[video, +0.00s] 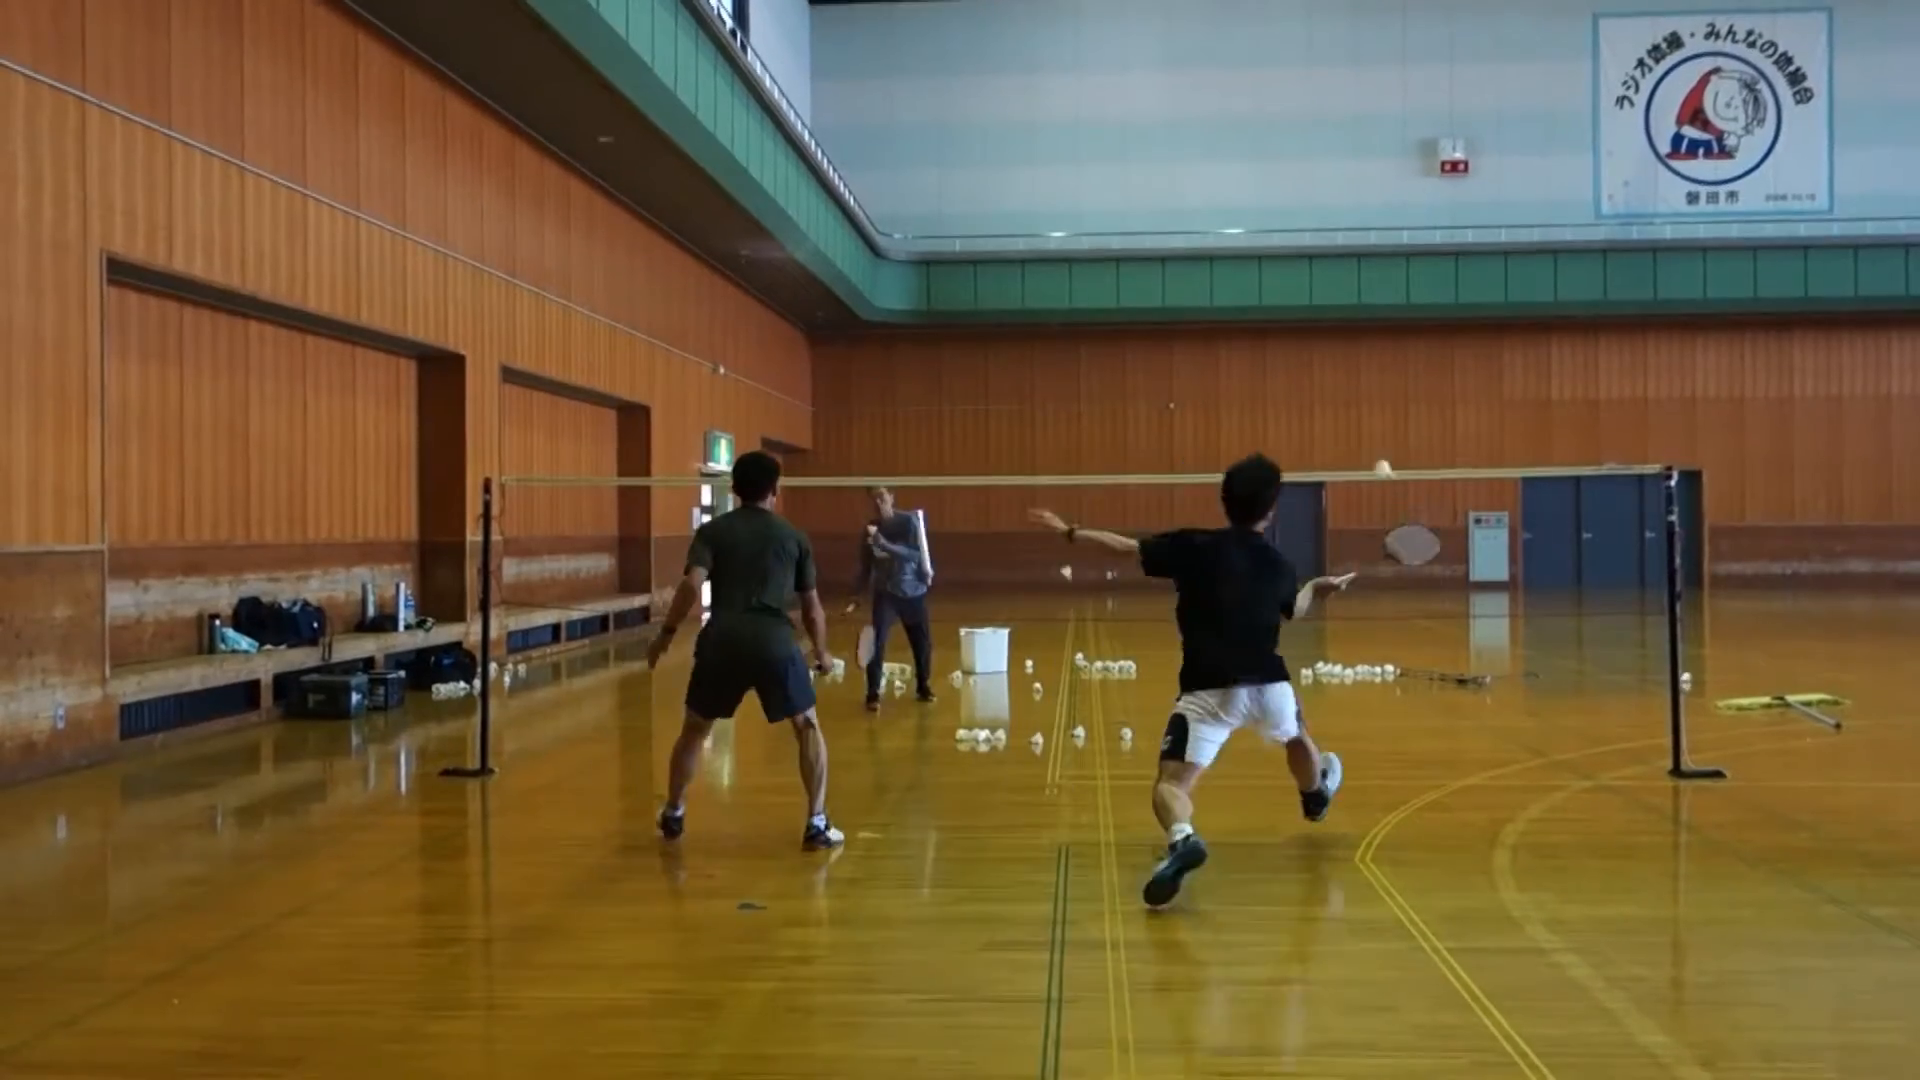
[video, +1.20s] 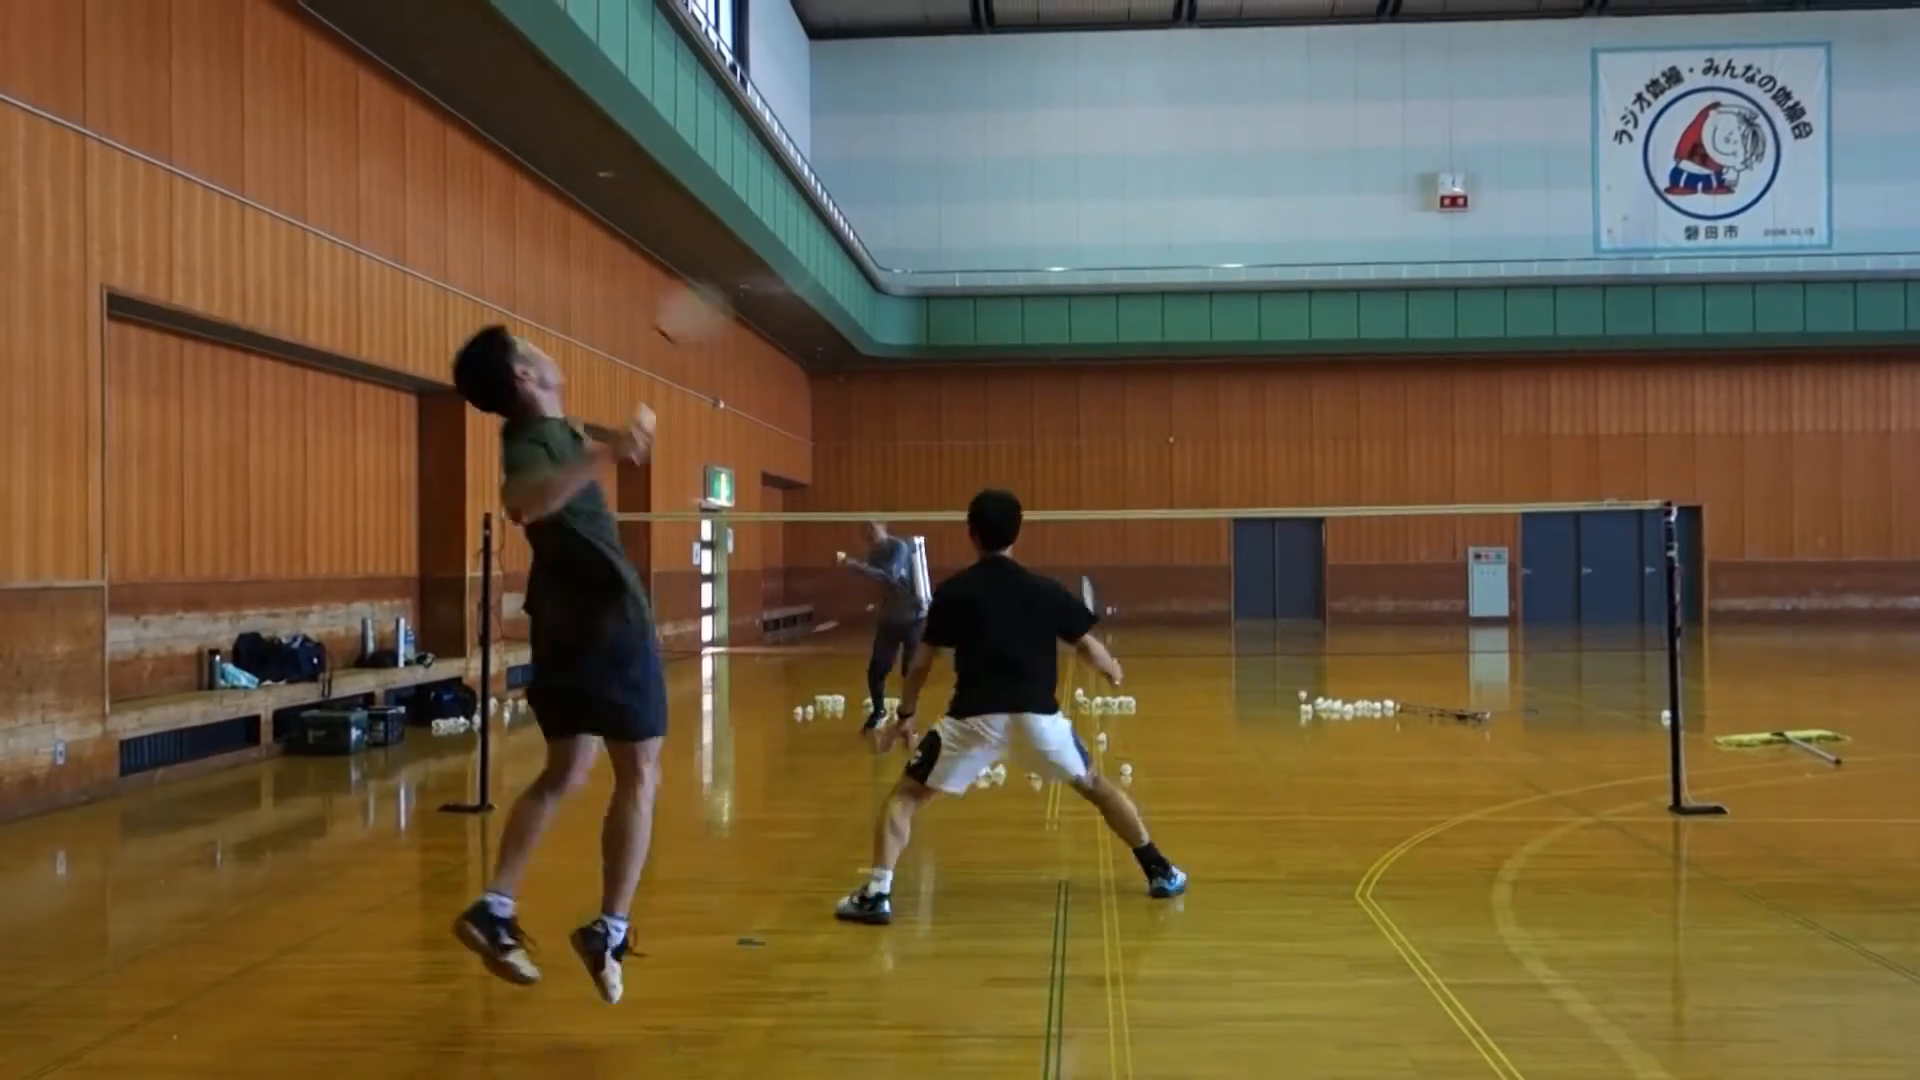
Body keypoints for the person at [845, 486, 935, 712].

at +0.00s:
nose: (879, 502)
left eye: (882, 496)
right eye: (875, 498)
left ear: (891, 497)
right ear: (871, 501)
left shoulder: (910, 521)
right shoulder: (873, 528)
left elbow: (916, 554)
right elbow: (866, 565)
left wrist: (883, 544)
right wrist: (856, 595)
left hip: (912, 590)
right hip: (885, 592)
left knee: (921, 642)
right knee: (877, 642)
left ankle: (923, 686)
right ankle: (873, 693)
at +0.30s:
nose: (861, 505)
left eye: (864, 500)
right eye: (858, 502)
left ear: (875, 501)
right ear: (856, 506)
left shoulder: (894, 521)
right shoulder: (857, 533)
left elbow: (902, 556)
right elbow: (849, 564)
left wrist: (876, 575)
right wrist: (841, 582)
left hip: (903, 589)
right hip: (875, 592)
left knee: (920, 639)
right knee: (872, 642)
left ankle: (931, 680)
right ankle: (873, 691)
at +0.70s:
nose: (872, 511)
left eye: (875, 506)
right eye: (868, 507)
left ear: (883, 508)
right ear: (864, 511)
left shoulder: (901, 531)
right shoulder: (859, 543)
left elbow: (916, 560)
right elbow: (857, 579)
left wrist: (895, 572)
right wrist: (859, 610)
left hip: (903, 603)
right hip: (876, 606)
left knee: (909, 654)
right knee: (873, 656)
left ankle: (909, 701)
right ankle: (872, 707)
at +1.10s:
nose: (871, 529)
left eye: (874, 523)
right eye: (868, 525)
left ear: (885, 523)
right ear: (868, 528)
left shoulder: (900, 543)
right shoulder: (875, 548)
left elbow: (895, 573)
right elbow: (883, 573)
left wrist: (866, 554)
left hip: (910, 614)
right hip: (888, 613)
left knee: (911, 668)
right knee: (876, 663)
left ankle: (908, 718)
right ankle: (879, 713)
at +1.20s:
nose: (869, 535)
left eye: (872, 529)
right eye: (866, 531)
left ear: (883, 528)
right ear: (864, 534)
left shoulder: (900, 547)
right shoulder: (873, 555)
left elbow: (891, 576)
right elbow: (888, 588)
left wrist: (855, 565)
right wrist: (877, 604)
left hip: (912, 616)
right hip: (889, 616)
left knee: (910, 669)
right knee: (877, 669)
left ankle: (907, 713)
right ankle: (879, 711)